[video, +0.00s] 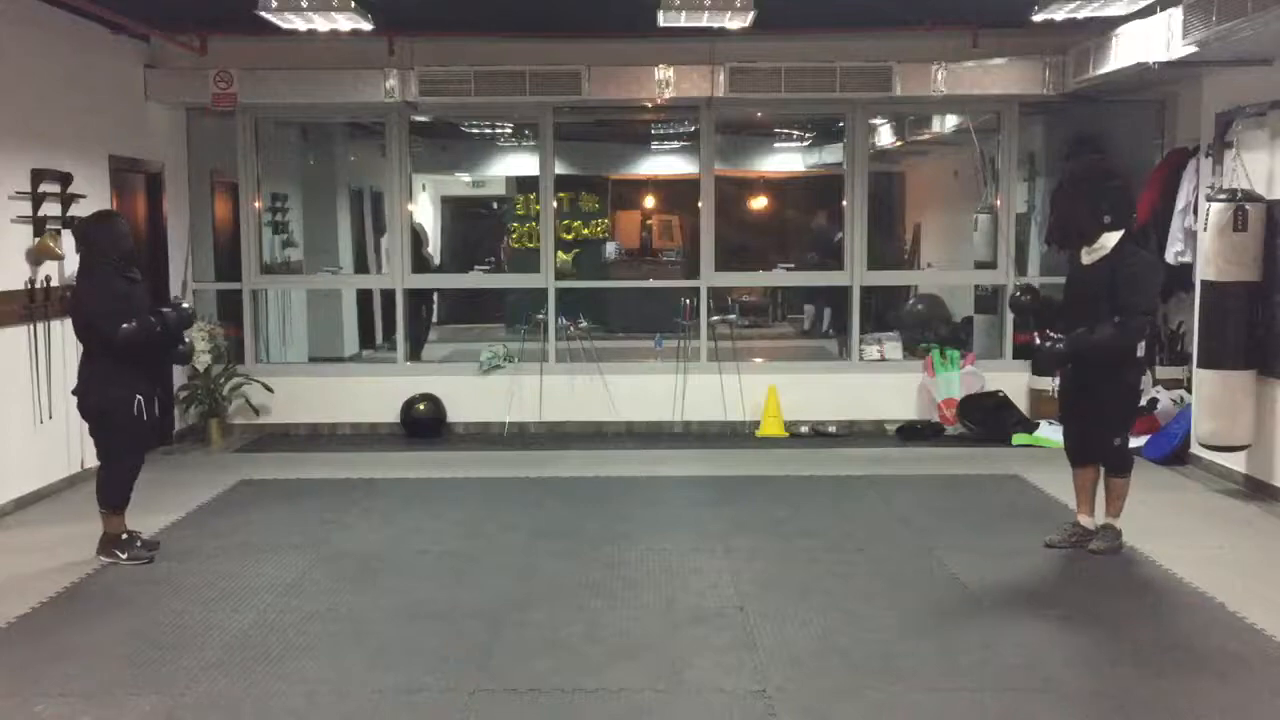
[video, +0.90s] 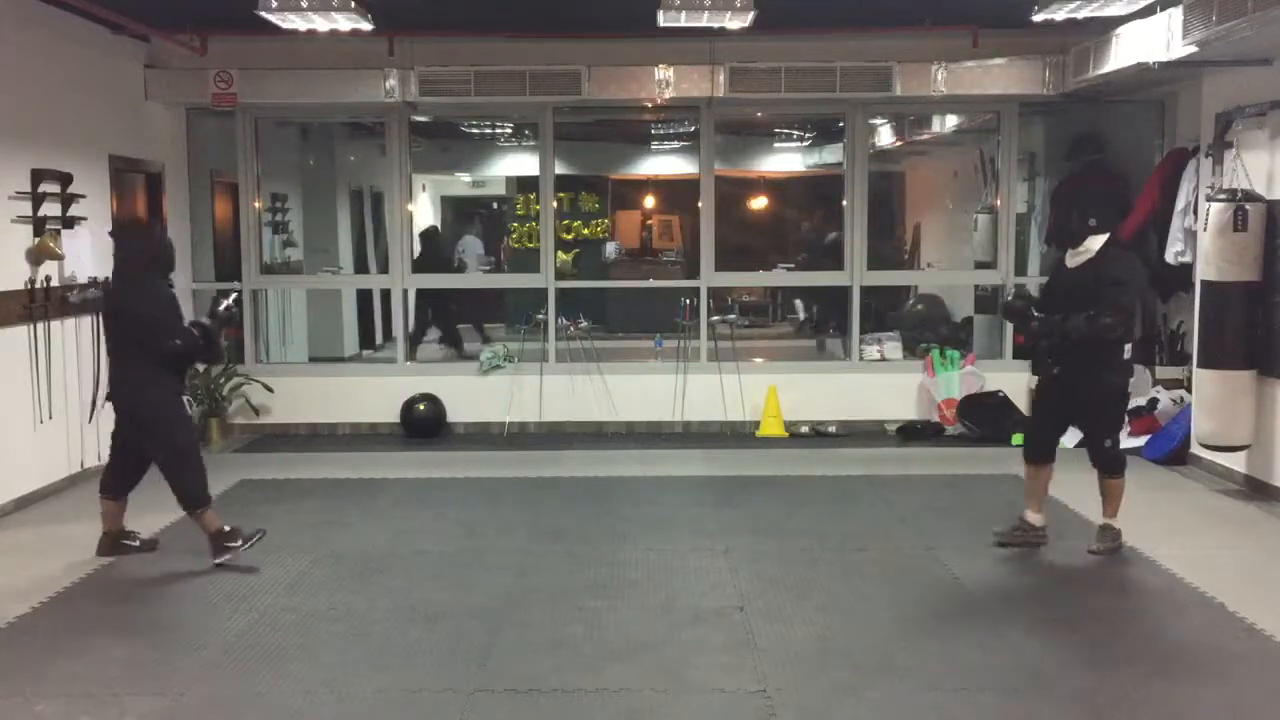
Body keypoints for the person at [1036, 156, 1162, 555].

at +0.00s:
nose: (1067, 223)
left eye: (1073, 212)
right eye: (1065, 213)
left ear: (1101, 213)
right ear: (1081, 215)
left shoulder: (1133, 261)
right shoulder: (1081, 258)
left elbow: (1135, 328)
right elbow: (1074, 316)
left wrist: (1071, 347)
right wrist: (1040, 308)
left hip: (1118, 367)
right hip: (1080, 365)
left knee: (1115, 445)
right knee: (1080, 442)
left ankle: (1112, 527)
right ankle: (1084, 523)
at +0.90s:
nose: (1055, 221)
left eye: (1062, 212)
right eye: (1057, 212)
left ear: (1085, 215)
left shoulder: (1118, 263)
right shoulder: (1065, 262)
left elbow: (1117, 323)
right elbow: (1055, 312)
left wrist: (1054, 328)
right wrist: (1027, 310)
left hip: (1103, 376)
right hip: (1060, 372)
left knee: (1106, 450)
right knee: (1037, 441)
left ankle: (1109, 526)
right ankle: (1032, 522)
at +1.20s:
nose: (1026, 237)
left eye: (1032, 228)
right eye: (1023, 229)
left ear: (1052, 226)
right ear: (1024, 230)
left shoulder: (1086, 269)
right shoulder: (1028, 276)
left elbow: (1083, 327)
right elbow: (1011, 335)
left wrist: (1032, 337)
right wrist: (992, 329)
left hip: (1074, 375)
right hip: (1032, 375)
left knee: (1087, 450)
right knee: (1005, 444)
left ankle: (1107, 525)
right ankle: (979, 522)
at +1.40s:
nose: (978, 235)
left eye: (984, 226)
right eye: (979, 227)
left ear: (1007, 227)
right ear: (1003, 229)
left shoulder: (1043, 265)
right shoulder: (992, 274)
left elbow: (1046, 324)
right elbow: (987, 325)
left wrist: (991, 339)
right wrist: (959, 330)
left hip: (1041, 375)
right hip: (1002, 375)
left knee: (1059, 448)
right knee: (979, 442)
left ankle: (1098, 520)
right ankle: (975, 524)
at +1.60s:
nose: (954, 229)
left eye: (959, 220)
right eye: (954, 221)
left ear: (980, 221)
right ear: (982, 221)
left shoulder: (1018, 261)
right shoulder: (967, 264)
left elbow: (1027, 322)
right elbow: (951, 312)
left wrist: (980, 352)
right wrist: (914, 317)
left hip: (1013, 369)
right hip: (974, 368)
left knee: (1018, 445)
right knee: (970, 444)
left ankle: (1068, 510)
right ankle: (976, 524)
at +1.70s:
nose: (946, 228)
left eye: (952, 220)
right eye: (946, 220)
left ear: (974, 221)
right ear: (975, 221)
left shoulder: (1011, 266)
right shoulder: (955, 265)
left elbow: (1016, 328)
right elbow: (930, 306)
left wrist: (999, 372)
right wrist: (892, 320)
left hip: (999, 372)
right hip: (964, 371)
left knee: (995, 447)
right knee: (968, 447)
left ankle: (1033, 509)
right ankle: (975, 523)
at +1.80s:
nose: (937, 228)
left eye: (942, 220)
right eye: (937, 220)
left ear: (964, 220)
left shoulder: (1000, 263)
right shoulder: (946, 263)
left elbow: (1020, 323)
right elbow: (918, 305)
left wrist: (1021, 373)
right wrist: (882, 324)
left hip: (989, 366)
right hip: (955, 367)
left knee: (972, 443)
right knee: (958, 443)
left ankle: (992, 526)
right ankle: (974, 523)